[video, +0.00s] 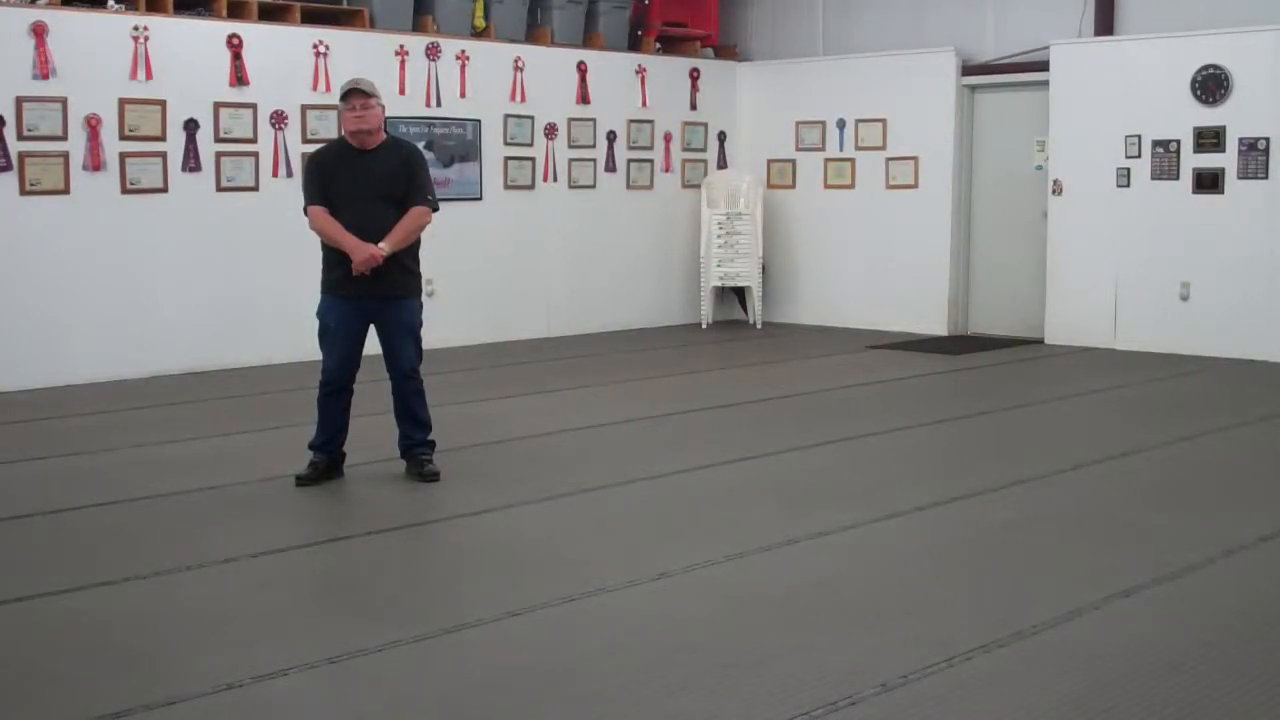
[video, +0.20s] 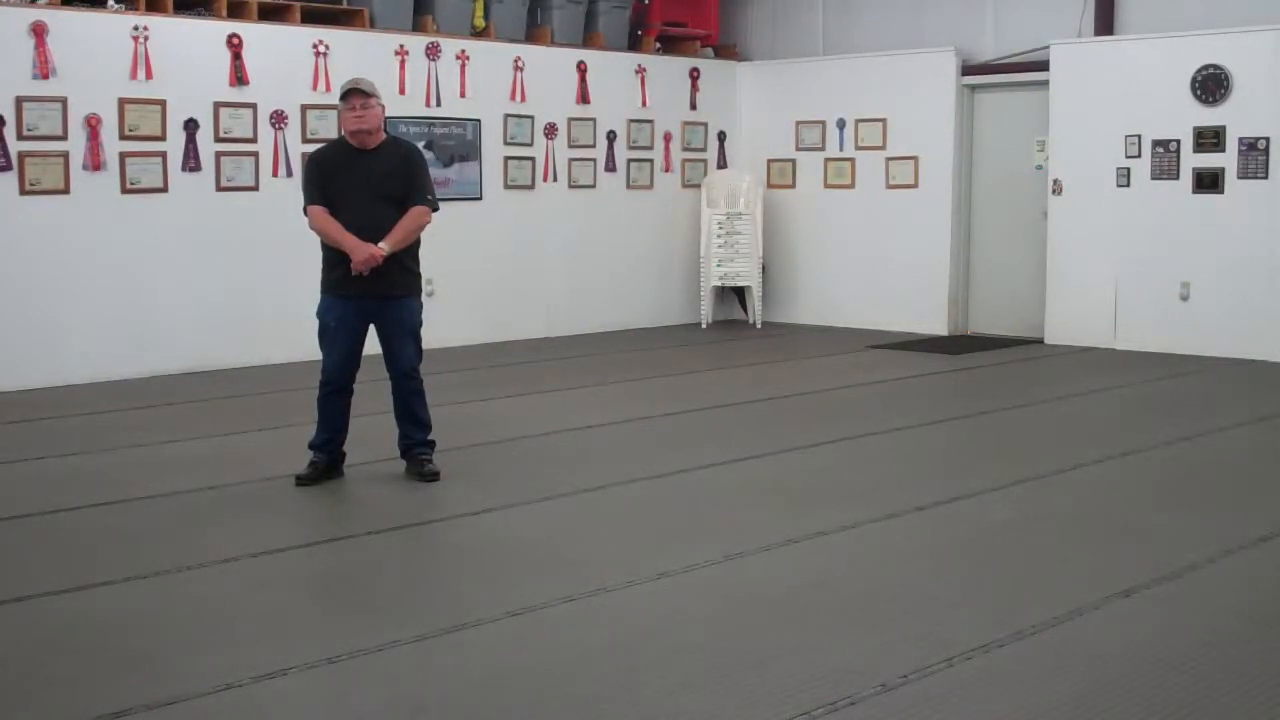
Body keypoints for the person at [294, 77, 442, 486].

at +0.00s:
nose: (359, 114)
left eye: (367, 106)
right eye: (351, 108)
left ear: (382, 111)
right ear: (340, 117)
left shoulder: (407, 155)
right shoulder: (321, 161)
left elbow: (422, 212)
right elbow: (316, 216)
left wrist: (380, 250)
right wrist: (355, 248)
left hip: (398, 287)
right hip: (343, 288)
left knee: (407, 373)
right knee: (335, 376)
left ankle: (419, 452)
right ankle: (326, 455)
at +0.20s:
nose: (359, 113)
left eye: (366, 106)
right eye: (351, 108)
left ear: (381, 111)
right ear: (340, 117)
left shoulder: (407, 155)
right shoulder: (321, 161)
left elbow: (422, 212)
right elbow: (316, 215)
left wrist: (379, 250)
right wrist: (355, 247)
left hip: (398, 286)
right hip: (342, 288)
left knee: (407, 373)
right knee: (335, 376)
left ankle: (419, 452)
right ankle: (326, 455)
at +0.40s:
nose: (359, 113)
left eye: (366, 106)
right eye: (351, 108)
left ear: (381, 111)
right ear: (340, 118)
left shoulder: (407, 155)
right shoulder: (321, 161)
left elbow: (422, 212)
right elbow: (316, 215)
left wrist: (379, 250)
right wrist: (354, 247)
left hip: (398, 286)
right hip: (342, 288)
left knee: (407, 373)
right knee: (335, 376)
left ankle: (419, 452)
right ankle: (327, 455)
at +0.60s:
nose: (359, 114)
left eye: (366, 107)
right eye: (351, 108)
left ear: (382, 111)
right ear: (340, 117)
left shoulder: (407, 155)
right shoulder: (322, 161)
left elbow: (422, 213)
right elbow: (316, 215)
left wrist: (380, 250)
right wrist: (355, 247)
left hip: (398, 287)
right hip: (342, 288)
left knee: (407, 373)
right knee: (335, 376)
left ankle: (419, 453)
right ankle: (327, 456)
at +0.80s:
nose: (359, 113)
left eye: (366, 106)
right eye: (351, 108)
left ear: (382, 112)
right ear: (341, 116)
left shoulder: (407, 155)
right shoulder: (322, 160)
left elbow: (422, 213)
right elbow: (317, 216)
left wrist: (379, 251)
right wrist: (356, 247)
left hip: (398, 287)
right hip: (342, 288)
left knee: (407, 373)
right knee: (335, 376)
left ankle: (419, 452)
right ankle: (327, 455)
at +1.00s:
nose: (360, 114)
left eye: (367, 106)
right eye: (352, 108)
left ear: (383, 112)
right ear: (341, 117)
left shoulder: (407, 155)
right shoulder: (323, 160)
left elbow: (422, 213)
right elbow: (317, 215)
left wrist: (380, 250)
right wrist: (356, 247)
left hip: (398, 287)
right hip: (342, 288)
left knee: (407, 373)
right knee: (335, 376)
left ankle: (419, 452)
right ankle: (327, 455)